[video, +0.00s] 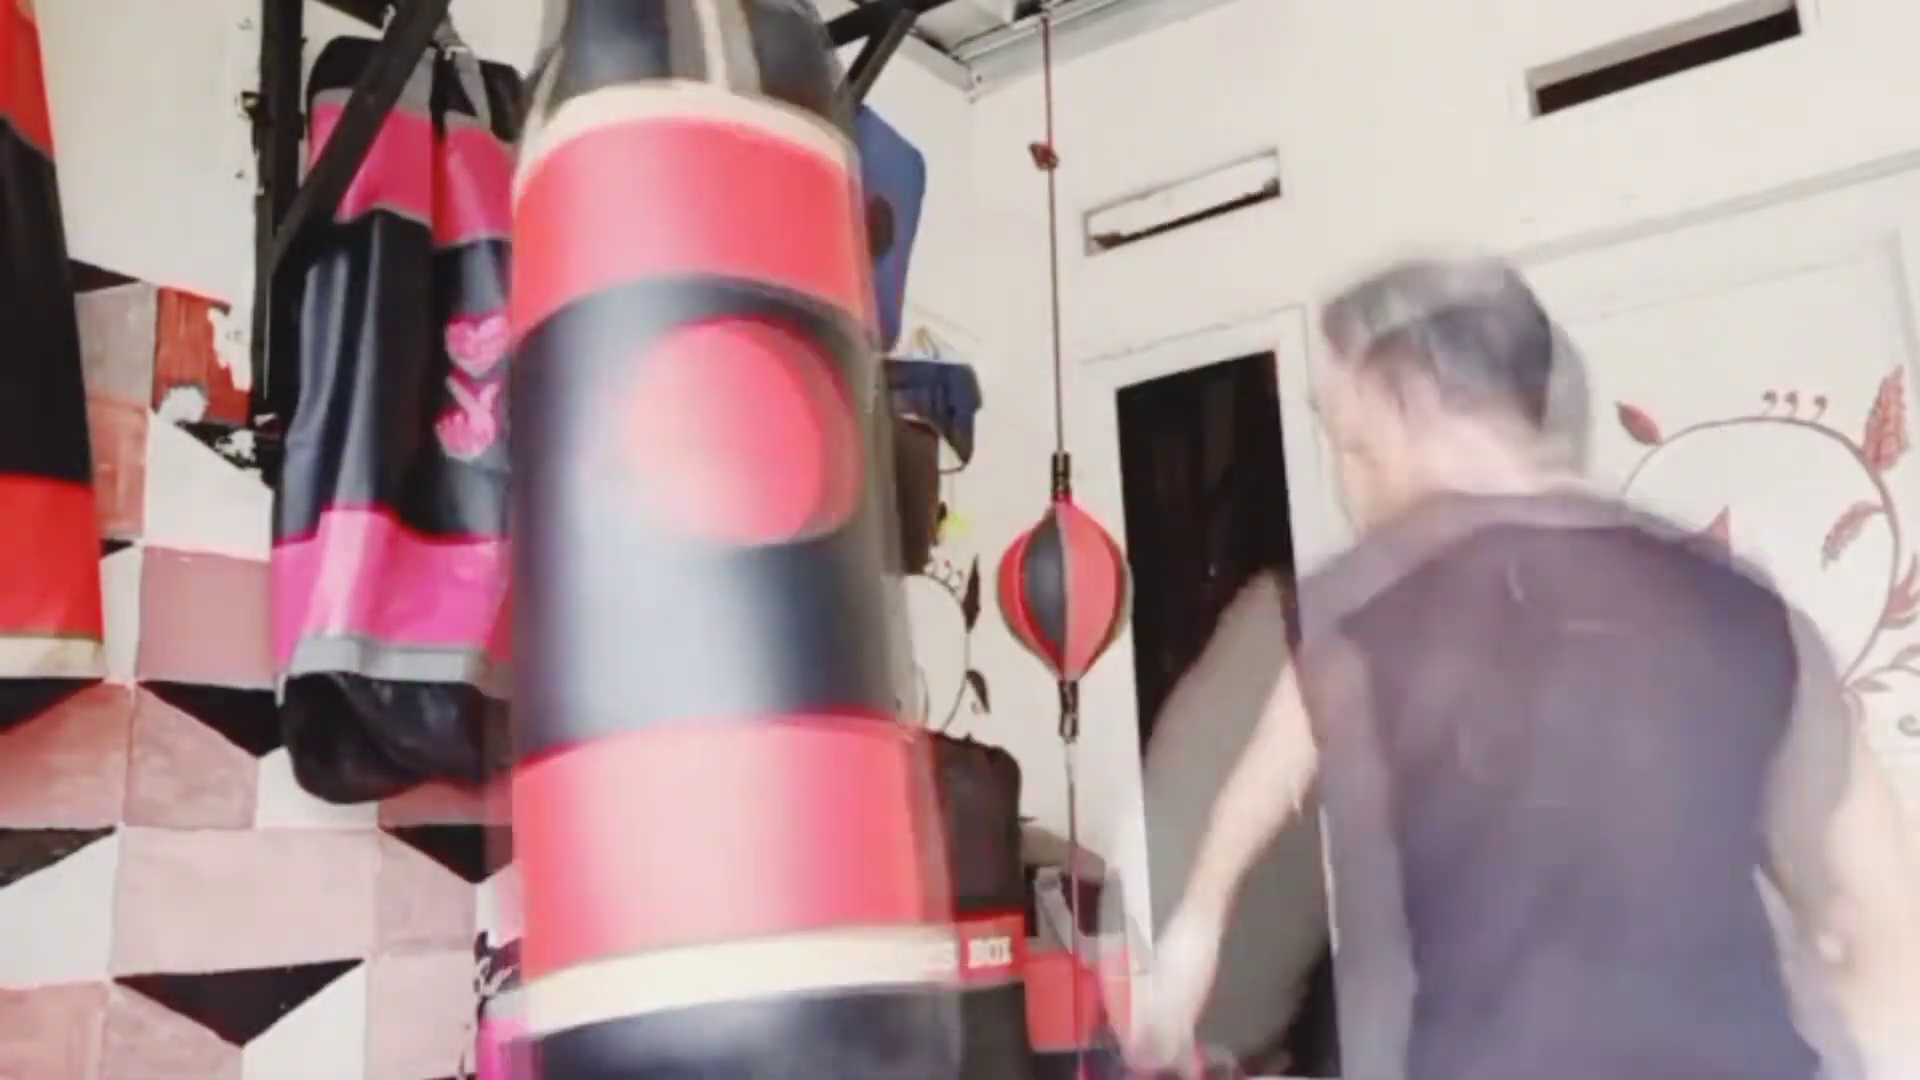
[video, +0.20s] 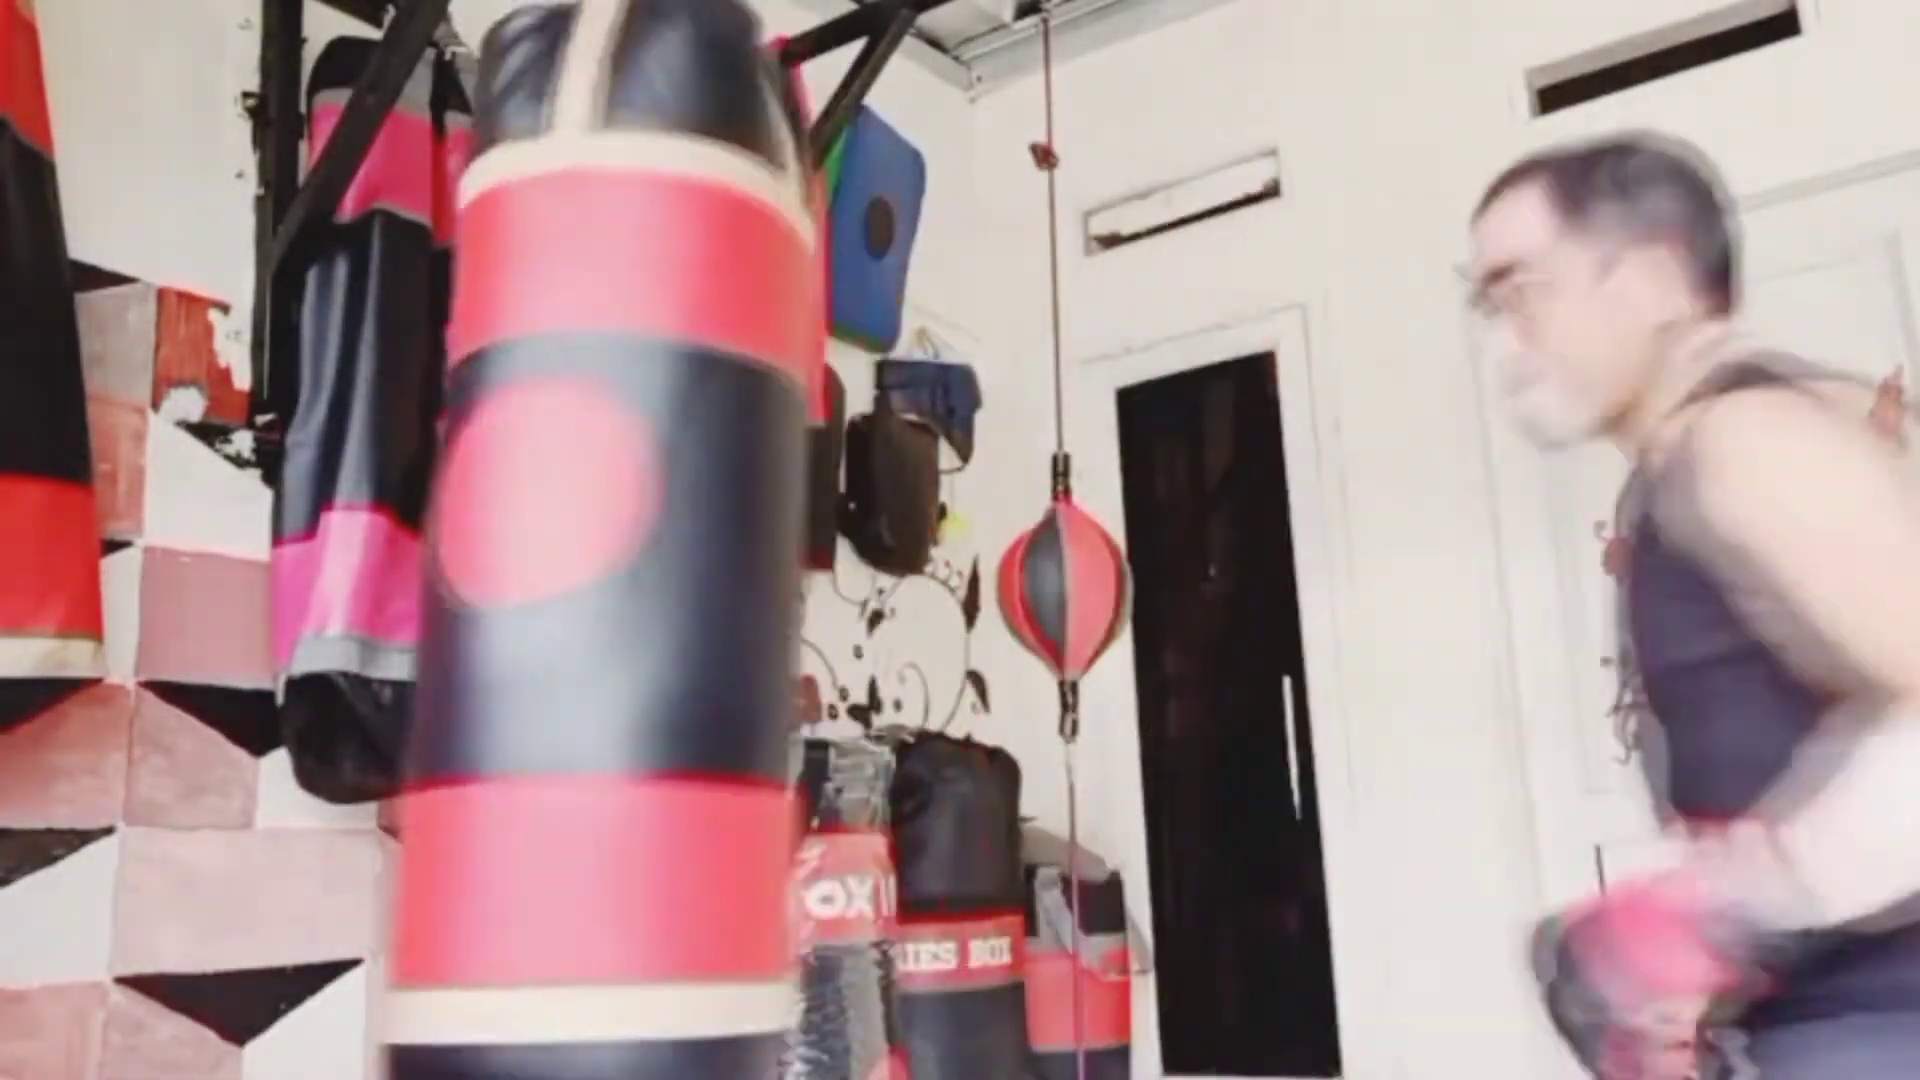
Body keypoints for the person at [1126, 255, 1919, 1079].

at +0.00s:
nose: (1346, 483)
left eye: (1348, 443)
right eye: (1338, 447)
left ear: (1404, 400)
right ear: (1537, 403)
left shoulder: (1342, 618)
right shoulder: (1750, 611)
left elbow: (1211, 882)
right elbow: (1874, 924)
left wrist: (1164, 1029)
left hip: (1466, 1052)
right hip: (1730, 1052)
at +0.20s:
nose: (1502, 348)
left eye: (1518, 294)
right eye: (1492, 309)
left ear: (1653, 277)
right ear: (1651, 282)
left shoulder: (1742, 445)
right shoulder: (1682, 463)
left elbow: (1908, 692)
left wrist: (1726, 902)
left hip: (1867, 1029)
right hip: (1802, 1028)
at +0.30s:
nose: (1544, 367)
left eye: (1557, 313)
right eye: (1532, 330)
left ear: (1701, 284)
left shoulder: (1879, 462)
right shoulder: (1698, 551)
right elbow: (1757, 806)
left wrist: (1832, 955)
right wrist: (1676, 983)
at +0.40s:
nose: (1591, 368)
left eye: (1610, 310)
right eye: (1582, 326)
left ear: (1772, 298)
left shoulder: (1907, 473)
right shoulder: (1701, 571)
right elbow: (1743, 834)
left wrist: (1859, 988)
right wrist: (1696, 1006)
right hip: (1822, 1028)